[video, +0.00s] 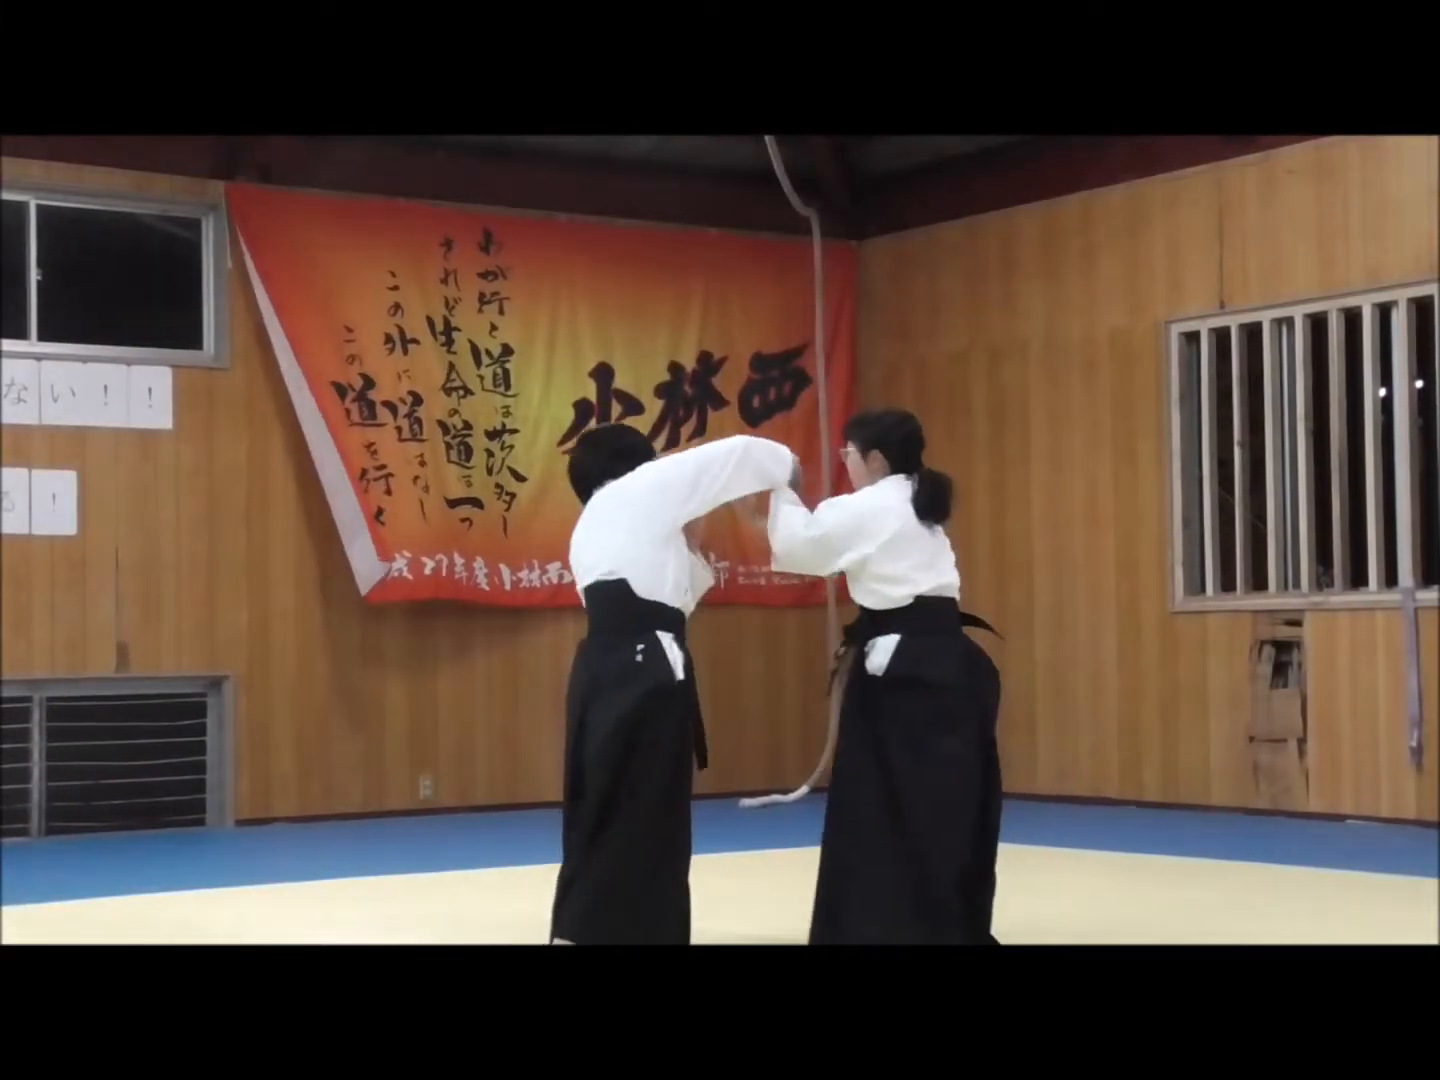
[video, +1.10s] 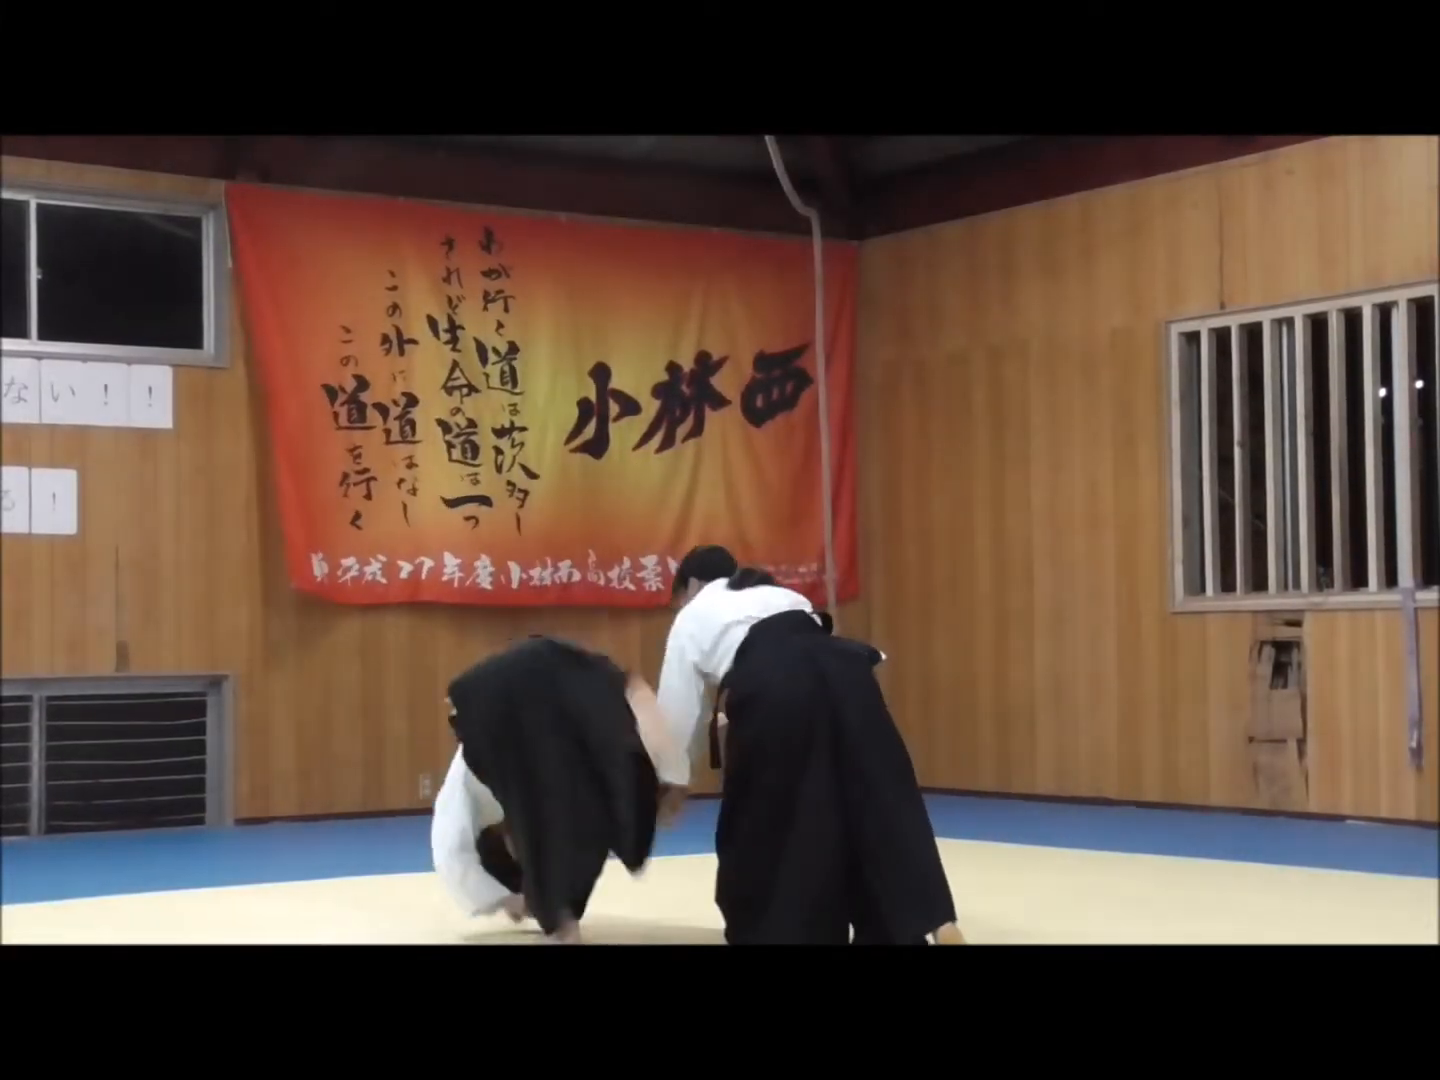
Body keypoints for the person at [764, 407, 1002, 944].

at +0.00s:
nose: (846, 467)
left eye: (850, 457)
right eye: (845, 457)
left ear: (875, 458)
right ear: (902, 456)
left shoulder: (871, 507)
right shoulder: (924, 502)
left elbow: (797, 542)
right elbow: (823, 542)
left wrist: (777, 488)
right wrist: (776, 510)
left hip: (901, 664)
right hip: (954, 659)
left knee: (882, 802)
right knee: (949, 807)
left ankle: (880, 928)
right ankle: (944, 929)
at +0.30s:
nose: (806, 484)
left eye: (811, 476)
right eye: (808, 476)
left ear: (830, 481)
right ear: (867, 479)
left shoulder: (813, 522)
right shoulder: (887, 520)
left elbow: (731, 511)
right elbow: (835, 591)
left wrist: (710, 461)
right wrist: (757, 592)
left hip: (854, 669)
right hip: (919, 662)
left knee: (822, 809)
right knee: (917, 808)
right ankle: (918, 930)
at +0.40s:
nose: (777, 503)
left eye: (783, 494)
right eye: (779, 494)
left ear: (804, 498)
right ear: (837, 497)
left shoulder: (782, 540)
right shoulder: (862, 536)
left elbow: (708, 528)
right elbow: (807, 616)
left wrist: (673, 485)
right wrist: (731, 611)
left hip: (828, 681)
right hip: (898, 677)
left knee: (806, 816)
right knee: (914, 819)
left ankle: (772, 931)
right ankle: (925, 932)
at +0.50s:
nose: (751, 527)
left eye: (754, 518)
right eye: (752, 519)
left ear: (769, 518)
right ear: (807, 515)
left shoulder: (748, 561)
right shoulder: (835, 554)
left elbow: (680, 563)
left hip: (799, 690)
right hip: (868, 683)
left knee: (786, 821)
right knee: (898, 812)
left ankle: (772, 931)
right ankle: (929, 928)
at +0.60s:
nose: (715, 555)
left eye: (717, 546)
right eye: (716, 546)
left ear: (733, 543)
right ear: (775, 538)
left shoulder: (714, 584)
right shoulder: (805, 566)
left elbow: (661, 629)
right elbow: (830, 623)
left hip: (785, 690)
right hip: (857, 679)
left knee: (779, 820)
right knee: (890, 804)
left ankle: (785, 929)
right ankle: (935, 922)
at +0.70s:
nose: (696, 587)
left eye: (699, 577)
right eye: (696, 578)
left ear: (715, 572)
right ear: (749, 565)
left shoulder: (694, 615)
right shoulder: (775, 582)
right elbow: (818, 625)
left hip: (777, 686)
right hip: (849, 671)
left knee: (777, 818)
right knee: (888, 801)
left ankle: (783, 930)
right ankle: (938, 925)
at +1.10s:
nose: (679, 609)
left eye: (680, 599)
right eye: (678, 600)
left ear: (691, 586)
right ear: (733, 576)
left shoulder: (692, 618)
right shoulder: (773, 593)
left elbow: (679, 711)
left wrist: (674, 782)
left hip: (774, 689)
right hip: (846, 674)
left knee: (761, 817)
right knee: (887, 791)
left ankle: (757, 929)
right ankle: (942, 920)